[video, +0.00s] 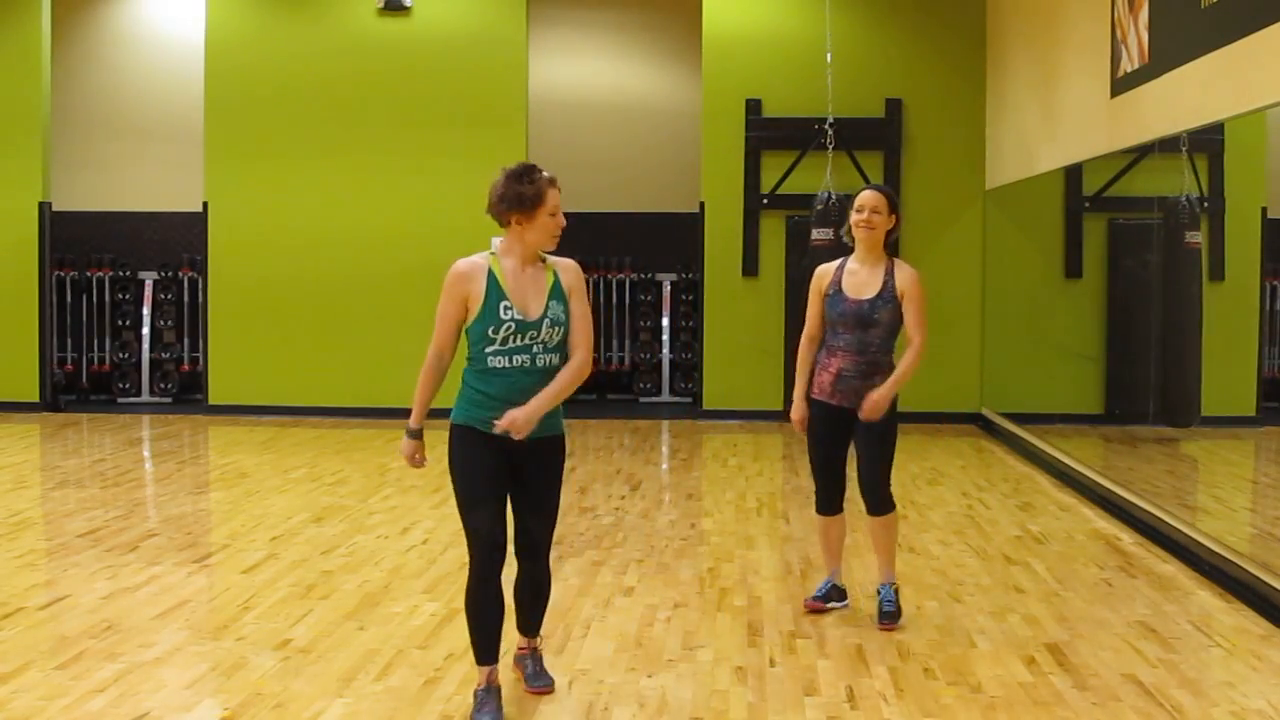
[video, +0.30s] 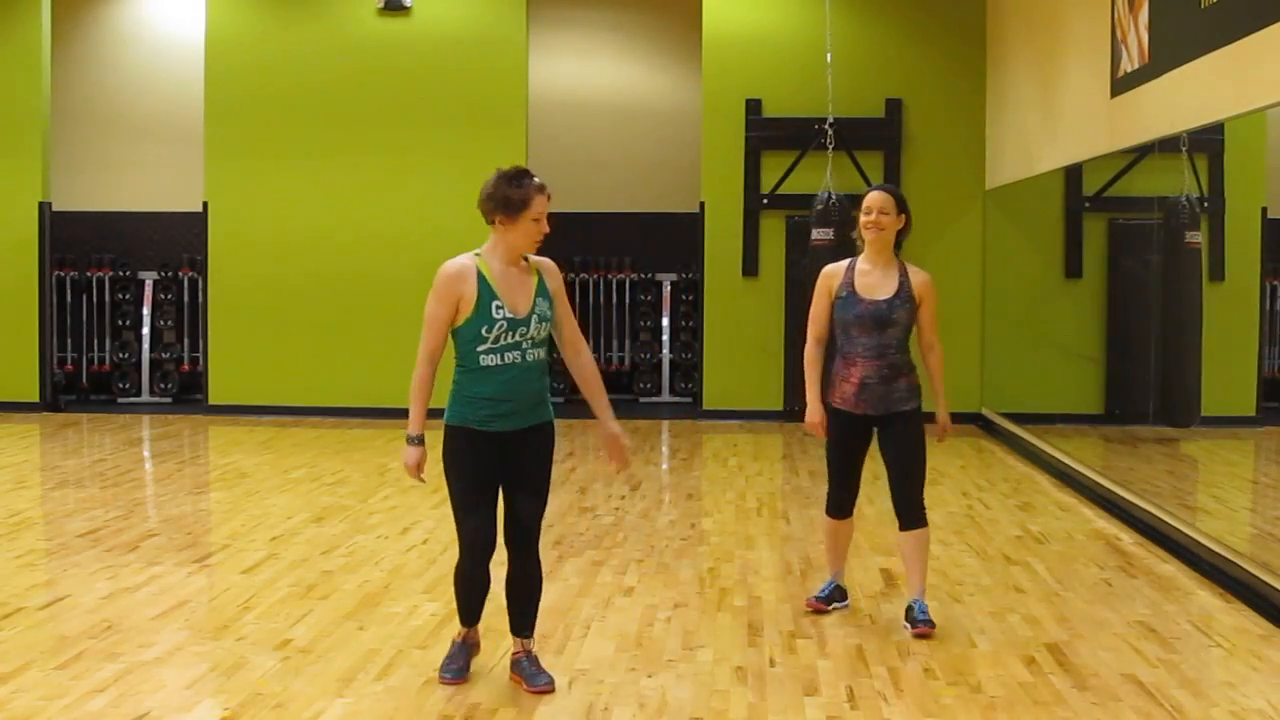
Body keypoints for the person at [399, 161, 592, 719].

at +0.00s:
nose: (563, 221)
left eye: (561, 212)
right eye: (553, 213)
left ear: (532, 219)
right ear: (516, 219)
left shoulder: (567, 275)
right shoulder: (468, 275)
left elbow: (581, 359)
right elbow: (439, 354)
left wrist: (535, 408)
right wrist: (415, 424)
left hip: (542, 434)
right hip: (477, 433)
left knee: (535, 554)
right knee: (486, 556)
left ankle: (529, 648)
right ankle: (487, 679)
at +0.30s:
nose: (547, 226)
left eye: (547, 216)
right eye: (539, 217)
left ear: (520, 219)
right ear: (505, 218)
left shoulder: (545, 273)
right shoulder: (457, 275)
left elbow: (575, 349)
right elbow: (427, 359)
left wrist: (609, 422)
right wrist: (415, 436)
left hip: (532, 433)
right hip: (471, 435)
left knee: (524, 545)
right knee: (475, 548)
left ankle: (522, 649)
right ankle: (467, 636)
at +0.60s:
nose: (524, 228)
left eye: (526, 218)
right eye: (516, 219)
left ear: (514, 218)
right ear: (482, 217)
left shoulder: (528, 272)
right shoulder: (438, 270)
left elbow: (569, 341)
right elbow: (404, 350)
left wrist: (616, 402)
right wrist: (389, 424)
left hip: (511, 424)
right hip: (451, 426)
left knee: (513, 535)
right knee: (463, 536)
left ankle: (520, 642)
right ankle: (466, 641)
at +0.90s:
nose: (498, 207)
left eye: (507, 200)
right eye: (487, 200)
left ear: (520, 214)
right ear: (469, 213)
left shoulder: (539, 276)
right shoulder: (444, 274)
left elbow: (546, 357)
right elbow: (415, 353)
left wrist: (531, 425)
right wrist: (393, 425)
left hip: (515, 424)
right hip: (453, 425)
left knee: (526, 538)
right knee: (463, 538)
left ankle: (519, 636)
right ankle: (466, 641)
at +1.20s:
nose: (524, 203)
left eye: (534, 197)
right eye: (514, 197)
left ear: (550, 213)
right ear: (497, 214)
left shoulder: (569, 274)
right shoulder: (476, 275)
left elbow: (577, 360)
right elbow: (451, 349)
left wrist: (528, 413)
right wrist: (426, 410)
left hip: (545, 422)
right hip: (481, 422)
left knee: (574, 538)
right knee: (479, 538)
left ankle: (611, 649)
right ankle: (468, 643)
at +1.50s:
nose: (549, 211)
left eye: (558, 203)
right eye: (538, 204)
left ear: (574, 213)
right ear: (525, 218)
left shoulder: (600, 271)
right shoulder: (514, 277)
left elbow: (625, 353)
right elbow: (466, 335)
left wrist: (627, 425)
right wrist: (467, 272)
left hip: (598, 426)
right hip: (535, 426)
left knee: (614, 541)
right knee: (486, 526)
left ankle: (622, 653)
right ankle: (491, 640)